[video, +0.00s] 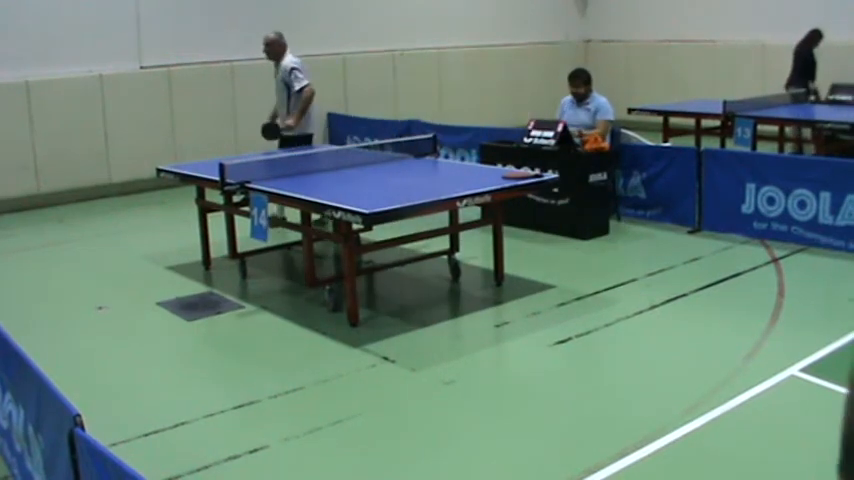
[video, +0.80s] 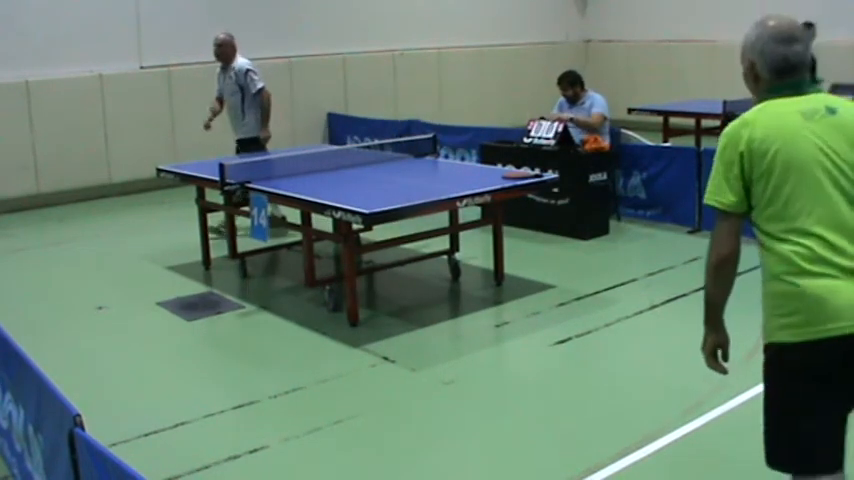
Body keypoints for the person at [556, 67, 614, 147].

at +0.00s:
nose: (575, 91)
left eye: (579, 87)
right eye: (572, 87)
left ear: (588, 87)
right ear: (569, 87)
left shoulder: (601, 104)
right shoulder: (565, 103)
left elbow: (602, 133)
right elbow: (559, 126)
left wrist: (583, 134)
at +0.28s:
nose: (571, 92)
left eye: (574, 88)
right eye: (569, 89)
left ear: (586, 87)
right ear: (566, 88)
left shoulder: (600, 103)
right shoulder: (566, 102)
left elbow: (602, 132)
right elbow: (559, 125)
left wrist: (583, 131)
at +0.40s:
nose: (569, 93)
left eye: (572, 89)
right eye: (567, 90)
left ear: (584, 88)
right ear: (565, 89)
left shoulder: (600, 103)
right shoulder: (565, 102)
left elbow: (602, 132)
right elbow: (556, 124)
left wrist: (581, 127)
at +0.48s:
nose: (568, 93)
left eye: (571, 89)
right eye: (567, 90)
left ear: (583, 87)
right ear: (565, 89)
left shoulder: (600, 102)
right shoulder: (565, 102)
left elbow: (600, 130)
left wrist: (578, 122)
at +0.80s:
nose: (563, 94)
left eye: (566, 90)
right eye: (562, 91)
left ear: (577, 88)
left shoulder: (597, 100)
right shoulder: (562, 102)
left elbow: (596, 124)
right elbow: (554, 120)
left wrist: (571, 119)